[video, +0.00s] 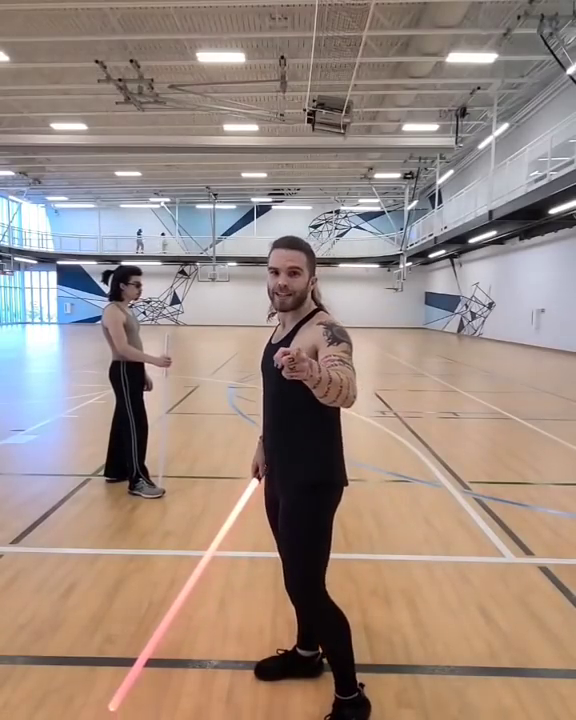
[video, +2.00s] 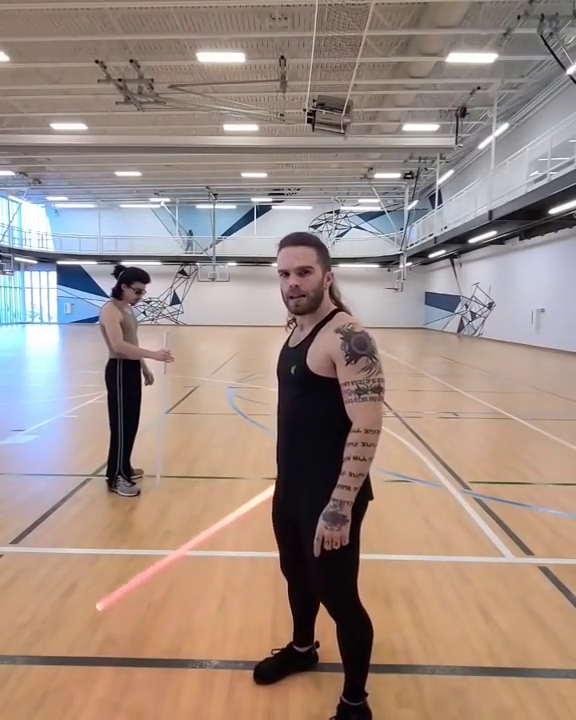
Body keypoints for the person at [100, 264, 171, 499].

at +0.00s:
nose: (140, 289)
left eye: (140, 285)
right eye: (135, 285)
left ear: (129, 287)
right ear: (121, 286)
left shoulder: (125, 311)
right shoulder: (113, 311)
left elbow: (130, 348)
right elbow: (121, 348)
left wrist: (143, 373)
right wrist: (156, 360)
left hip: (131, 370)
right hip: (124, 371)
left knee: (124, 420)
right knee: (137, 423)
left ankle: (115, 469)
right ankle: (137, 480)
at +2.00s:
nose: (140, 296)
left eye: (142, 292)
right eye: (138, 291)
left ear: (134, 290)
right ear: (123, 287)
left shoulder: (127, 309)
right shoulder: (110, 310)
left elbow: (131, 343)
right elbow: (117, 346)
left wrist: (144, 366)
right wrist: (153, 354)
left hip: (131, 368)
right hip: (119, 369)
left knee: (130, 422)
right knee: (121, 424)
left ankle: (124, 468)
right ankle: (115, 477)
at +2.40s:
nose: (136, 294)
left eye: (138, 289)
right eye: (133, 288)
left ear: (135, 289)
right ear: (118, 286)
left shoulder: (125, 310)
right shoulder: (109, 310)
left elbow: (131, 341)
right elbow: (117, 344)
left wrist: (150, 353)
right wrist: (151, 351)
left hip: (132, 366)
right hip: (120, 368)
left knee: (131, 421)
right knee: (121, 422)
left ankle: (124, 467)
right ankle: (114, 476)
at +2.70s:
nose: (135, 290)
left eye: (137, 286)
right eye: (131, 285)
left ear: (134, 288)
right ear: (116, 285)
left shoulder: (127, 309)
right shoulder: (110, 310)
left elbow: (133, 340)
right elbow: (116, 344)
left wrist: (150, 345)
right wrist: (149, 354)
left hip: (131, 366)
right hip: (120, 368)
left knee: (130, 421)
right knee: (121, 424)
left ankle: (124, 468)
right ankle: (114, 476)